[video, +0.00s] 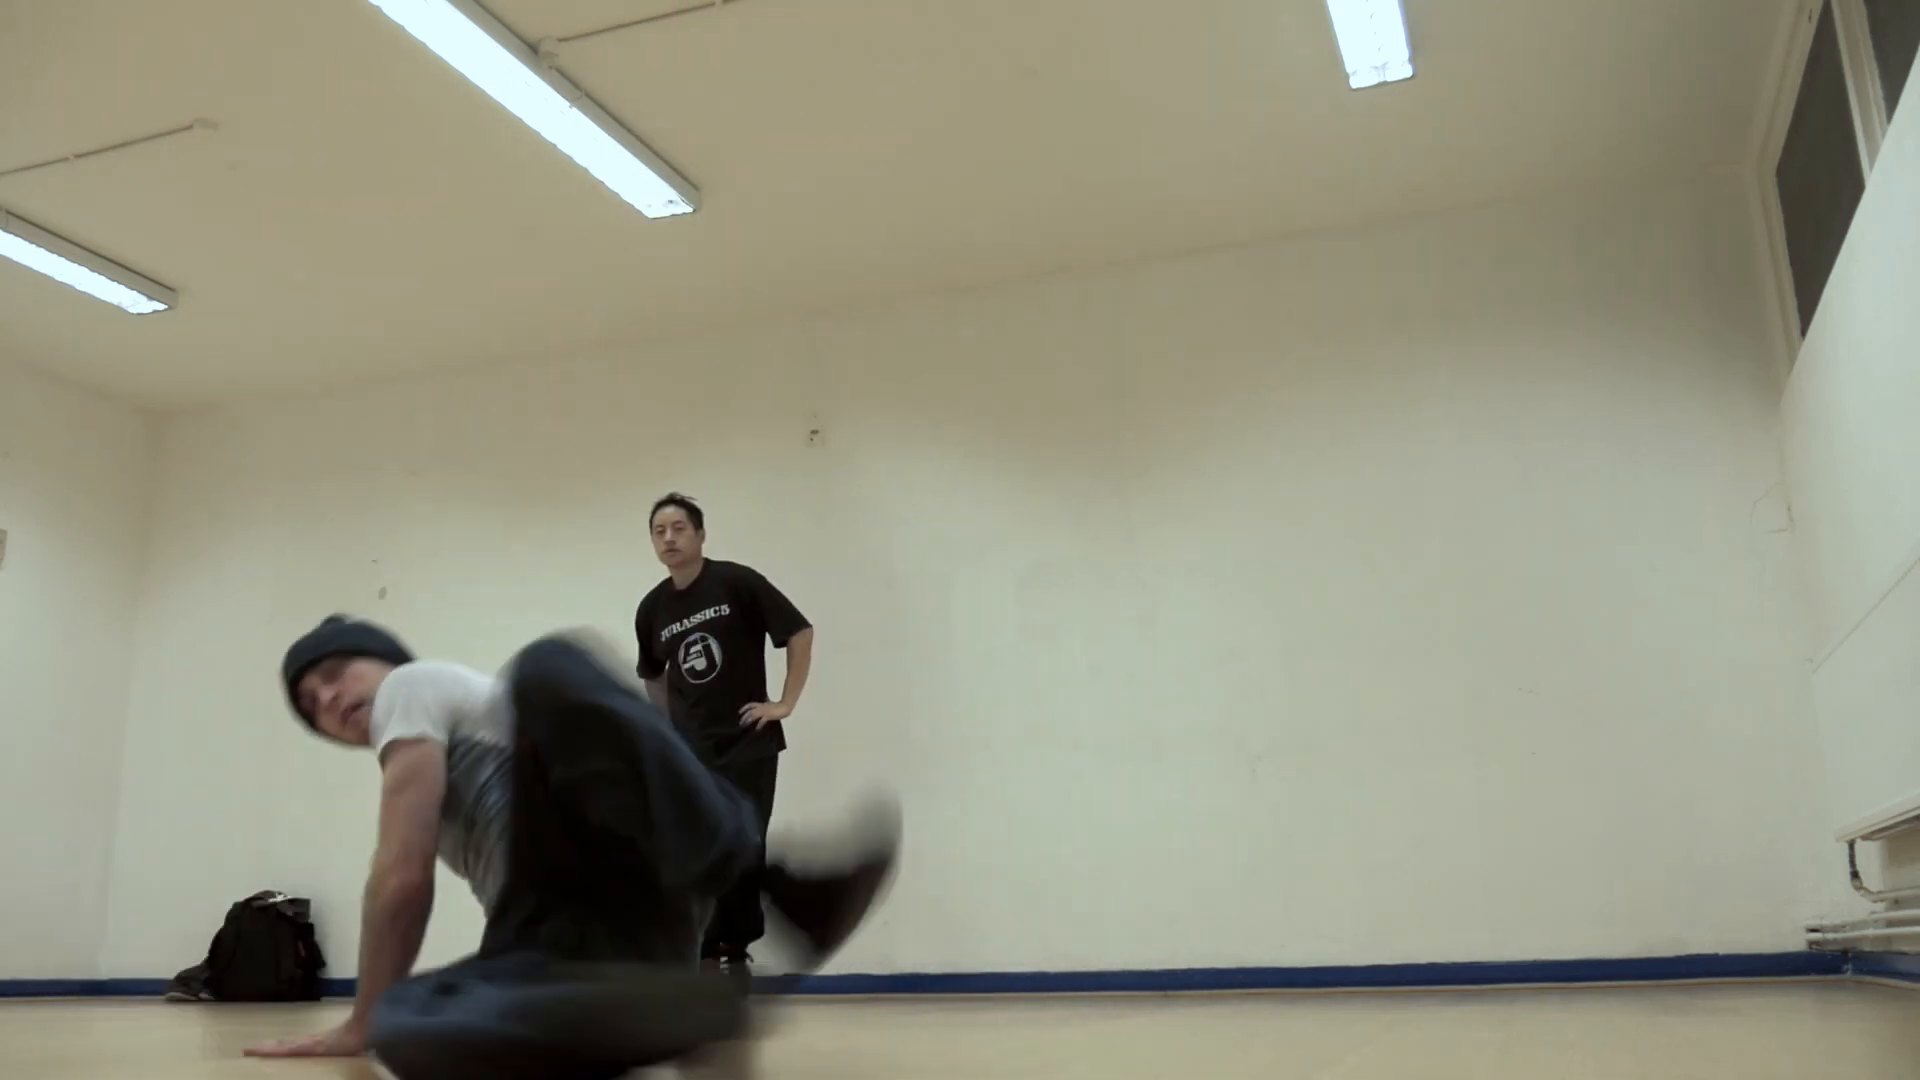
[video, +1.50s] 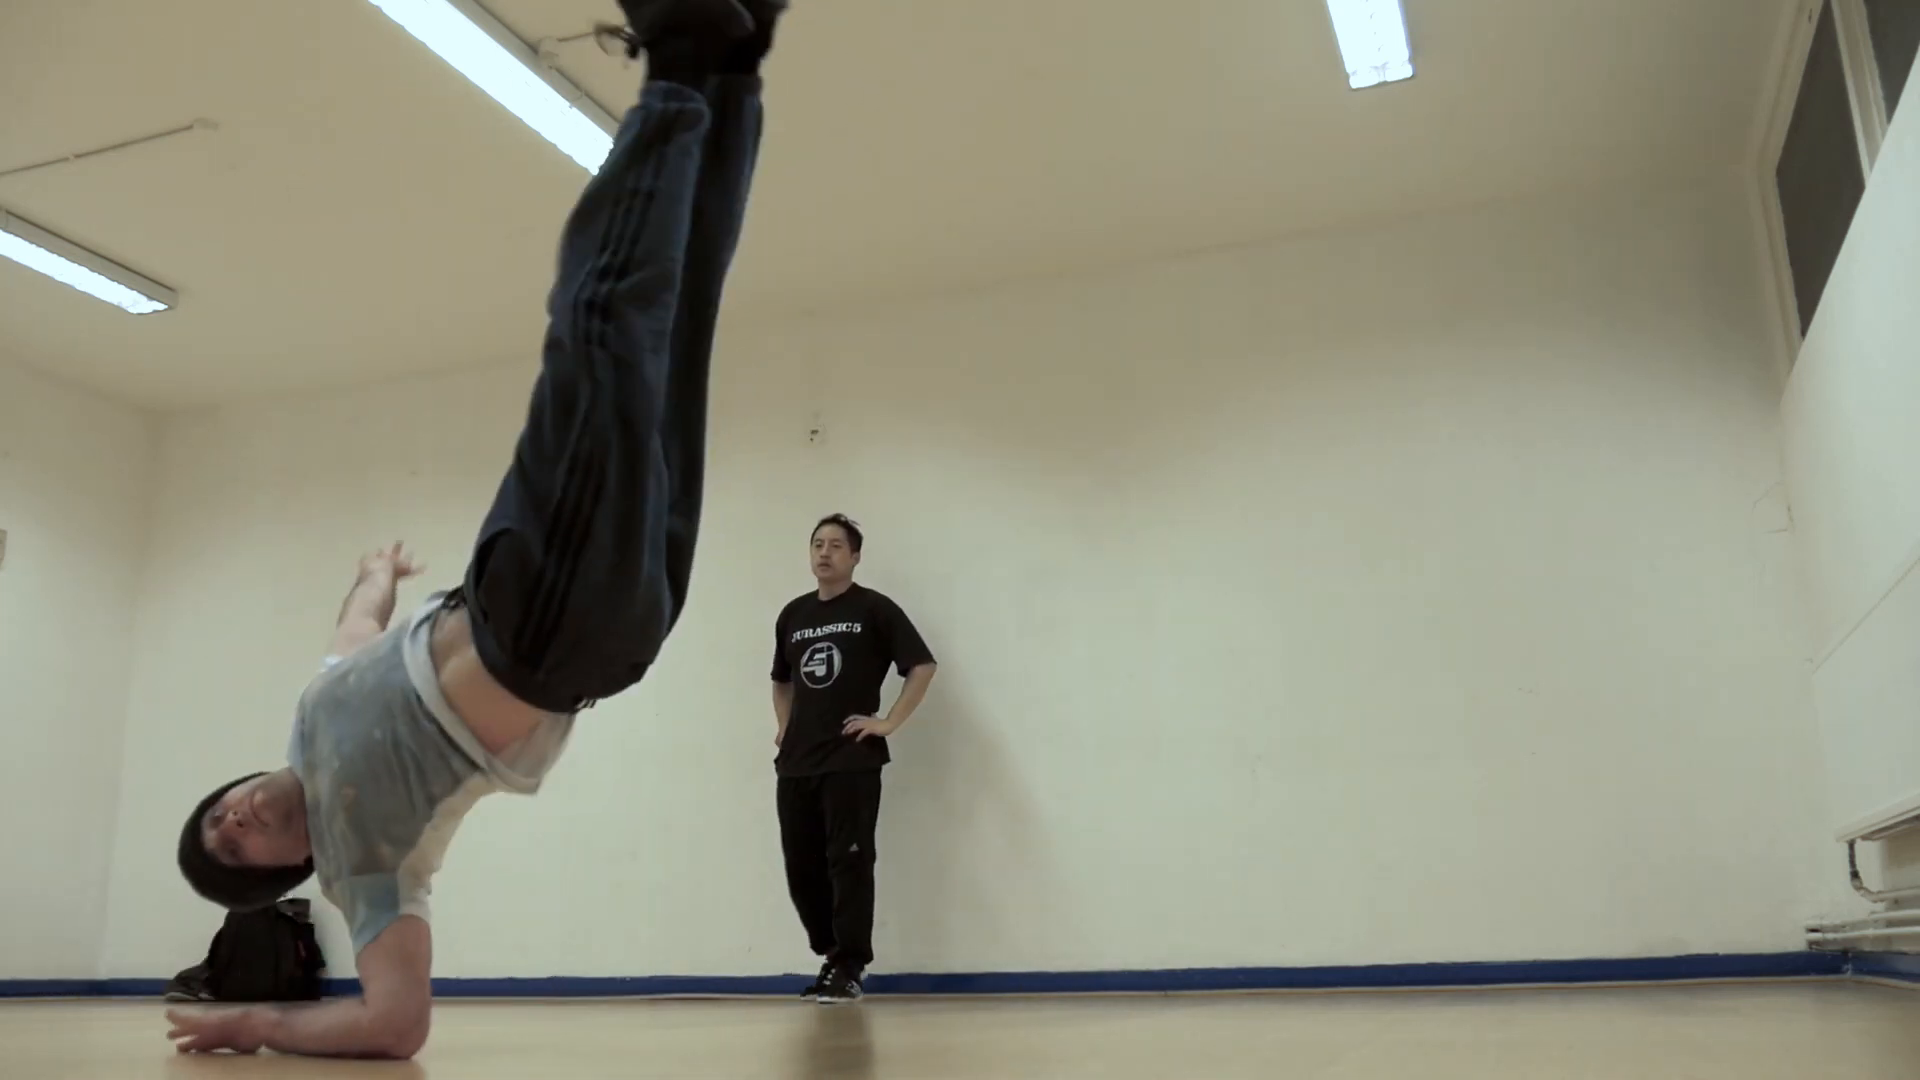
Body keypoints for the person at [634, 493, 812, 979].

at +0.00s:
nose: (669, 538)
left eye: (679, 528)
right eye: (660, 530)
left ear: (700, 535)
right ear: (652, 541)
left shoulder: (737, 583)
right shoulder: (651, 609)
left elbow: (799, 632)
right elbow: (653, 677)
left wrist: (786, 702)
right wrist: (664, 736)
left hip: (746, 741)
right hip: (690, 747)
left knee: (742, 847)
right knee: (702, 845)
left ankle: (731, 956)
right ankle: (708, 954)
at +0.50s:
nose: (703, 539)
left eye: (712, 528)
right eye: (694, 530)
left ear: (731, 536)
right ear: (683, 540)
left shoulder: (770, 588)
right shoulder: (678, 604)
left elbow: (826, 640)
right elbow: (657, 666)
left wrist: (813, 708)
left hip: (770, 735)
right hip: (704, 742)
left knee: (783, 843)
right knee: (703, 847)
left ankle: (800, 942)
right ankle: (701, 944)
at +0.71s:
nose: (741, 545)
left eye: (751, 536)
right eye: (733, 538)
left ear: (770, 545)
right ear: (724, 549)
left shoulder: (806, 596)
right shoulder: (712, 613)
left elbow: (862, 650)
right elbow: (697, 672)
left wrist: (842, 722)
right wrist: (718, 730)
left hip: (804, 747)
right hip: (741, 752)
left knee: (821, 850)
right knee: (735, 854)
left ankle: (842, 962)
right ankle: (723, 973)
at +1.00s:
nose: (794, 550)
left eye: (805, 541)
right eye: (786, 541)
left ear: (825, 550)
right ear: (776, 551)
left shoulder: (857, 604)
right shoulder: (763, 609)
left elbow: (887, 685)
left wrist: (866, 754)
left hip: (836, 757)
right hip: (774, 757)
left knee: (843, 853)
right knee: (750, 853)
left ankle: (844, 966)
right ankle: (726, 959)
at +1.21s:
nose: (818, 548)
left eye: (829, 541)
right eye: (811, 541)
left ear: (847, 552)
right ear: (802, 551)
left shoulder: (875, 606)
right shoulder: (782, 610)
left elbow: (922, 663)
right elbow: (765, 672)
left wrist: (892, 722)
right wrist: (771, 724)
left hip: (850, 756)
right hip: (790, 757)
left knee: (850, 862)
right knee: (765, 856)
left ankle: (846, 973)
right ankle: (780, 967)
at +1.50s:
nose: (824, 552)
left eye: (835, 546)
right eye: (818, 545)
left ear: (855, 555)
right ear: (810, 554)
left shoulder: (877, 609)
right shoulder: (792, 616)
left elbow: (923, 667)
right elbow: (783, 678)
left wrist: (890, 722)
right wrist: (784, 724)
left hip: (852, 755)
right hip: (798, 757)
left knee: (849, 858)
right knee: (803, 864)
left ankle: (850, 968)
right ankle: (834, 962)